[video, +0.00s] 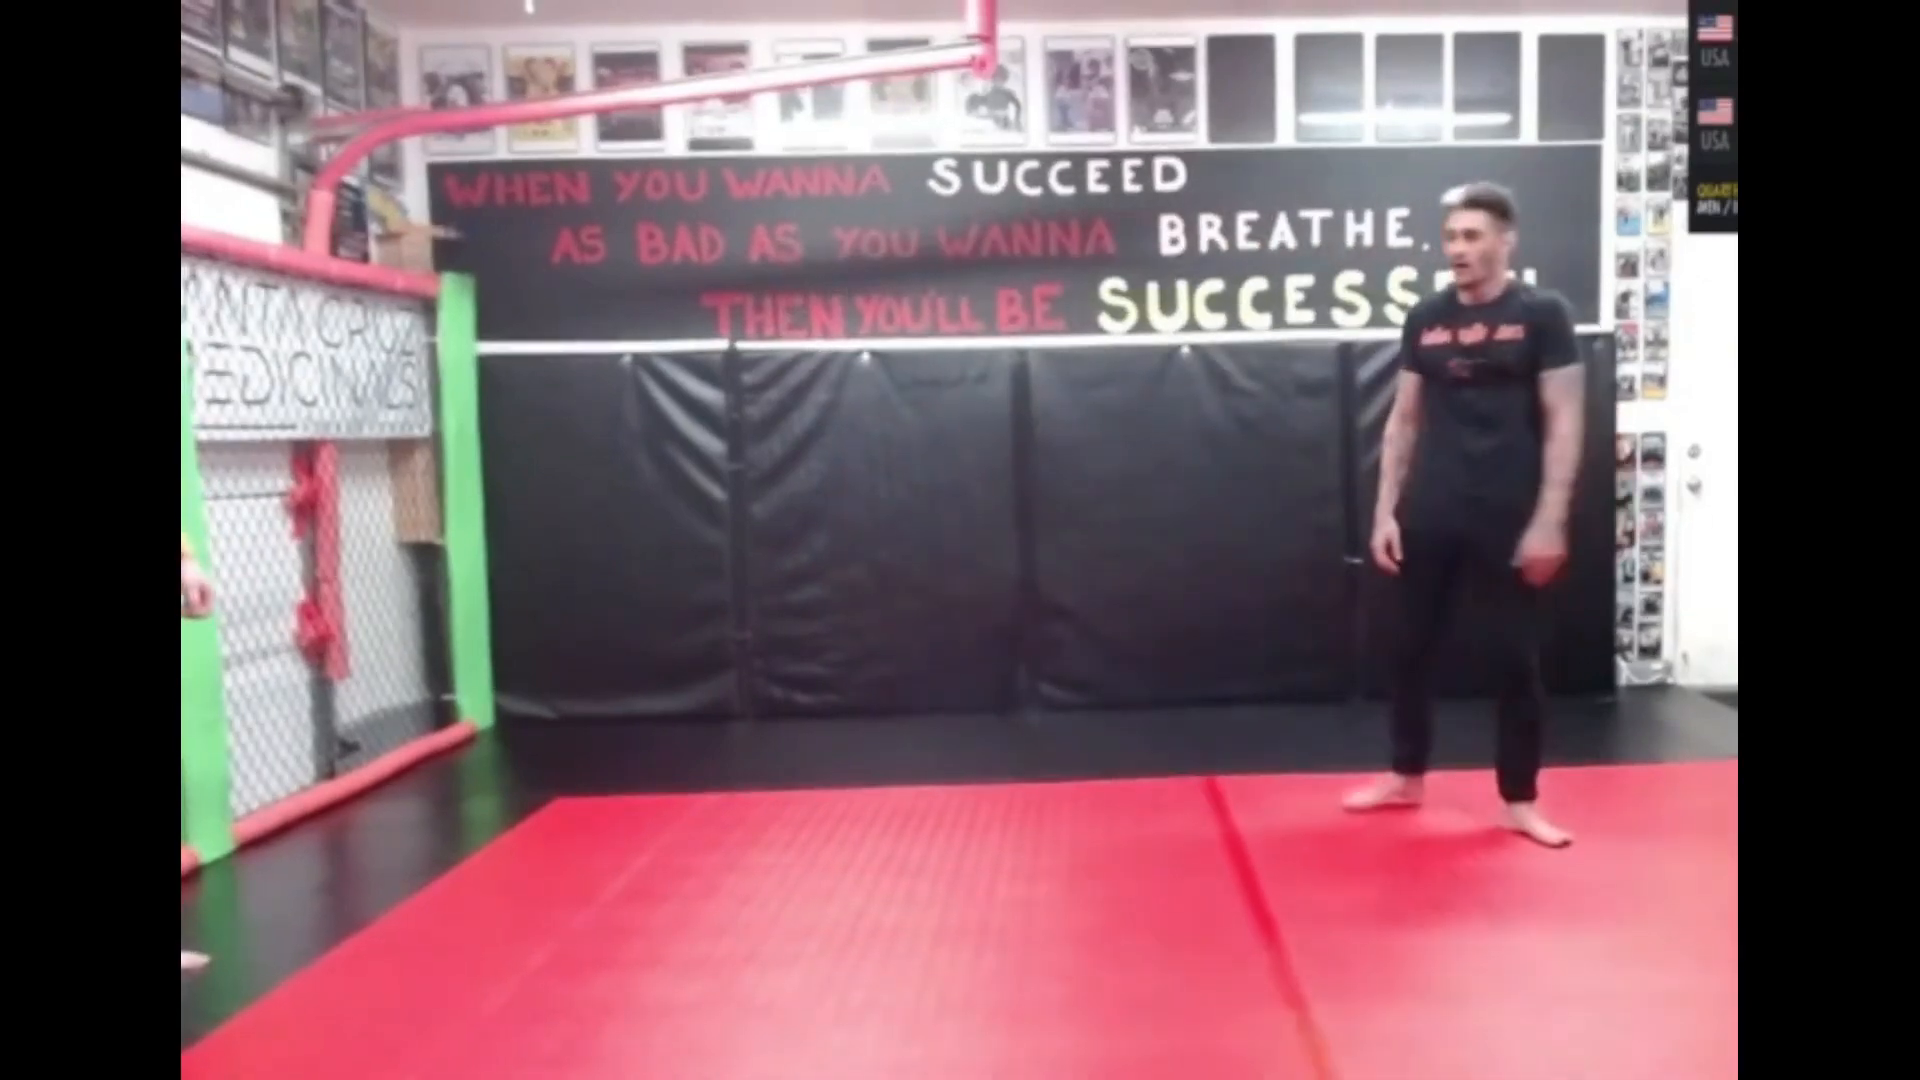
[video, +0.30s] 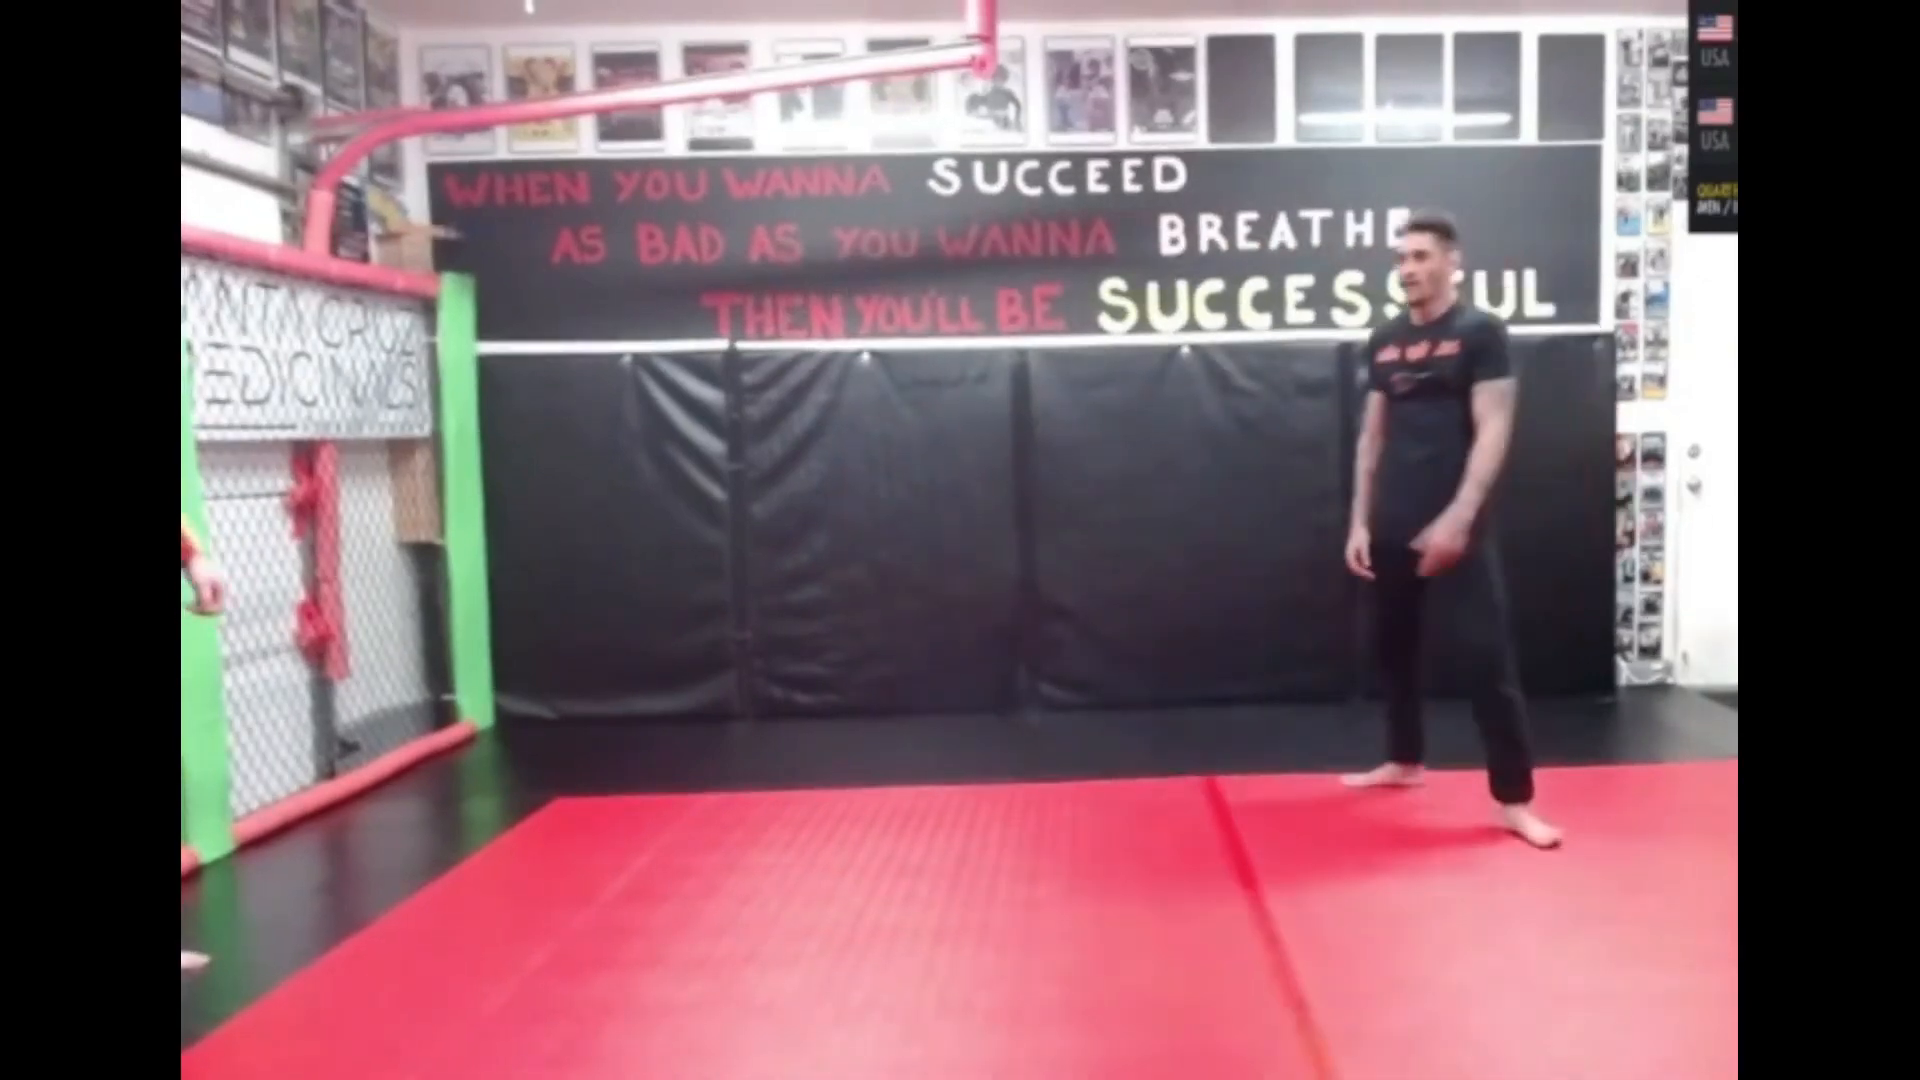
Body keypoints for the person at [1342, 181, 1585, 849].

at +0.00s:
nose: (1459, 248)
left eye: (1472, 236)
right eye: (1450, 237)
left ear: (1507, 241)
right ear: (1443, 245)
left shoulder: (1542, 317)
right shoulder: (1425, 320)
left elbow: (1564, 425)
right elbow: (1403, 420)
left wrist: (1549, 521)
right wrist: (1385, 510)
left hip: (1513, 514)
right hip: (1434, 509)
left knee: (1518, 656)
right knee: (1412, 643)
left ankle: (1520, 799)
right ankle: (1404, 775)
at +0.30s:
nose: (1408, 268)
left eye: (1421, 256)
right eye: (1402, 258)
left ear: (1454, 263)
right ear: (1397, 268)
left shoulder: (1481, 334)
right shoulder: (1386, 343)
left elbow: (1492, 433)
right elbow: (1371, 437)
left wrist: (1457, 518)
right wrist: (1360, 522)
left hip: (1460, 518)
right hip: (1391, 521)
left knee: (1488, 654)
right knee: (1395, 645)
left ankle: (1514, 797)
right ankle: (1404, 759)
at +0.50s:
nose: (1364, 270)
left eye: (1376, 259)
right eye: (1357, 261)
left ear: (1403, 263)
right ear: (1350, 270)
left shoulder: (1425, 325)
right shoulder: (1345, 344)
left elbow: (1440, 398)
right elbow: (1334, 434)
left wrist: (1418, 445)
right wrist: (1308, 516)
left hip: (1411, 494)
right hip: (1360, 499)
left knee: (1391, 626)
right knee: (1371, 626)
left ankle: (1406, 777)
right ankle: (1396, 759)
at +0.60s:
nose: (1355, 270)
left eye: (1367, 259)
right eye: (1348, 261)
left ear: (1394, 265)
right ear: (1342, 271)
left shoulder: (1416, 322)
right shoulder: (1340, 344)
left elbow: (1430, 387)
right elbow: (1327, 437)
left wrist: (1421, 434)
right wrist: (1300, 518)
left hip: (1406, 490)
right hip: (1355, 494)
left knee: (1377, 626)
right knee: (1375, 626)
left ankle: (1375, 779)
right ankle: (1404, 759)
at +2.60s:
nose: (1129, 269)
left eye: (1140, 257)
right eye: (1118, 258)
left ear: (1159, 260)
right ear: (1101, 264)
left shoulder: (1180, 320)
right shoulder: (1096, 341)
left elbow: (1202, 377)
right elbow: (1081, 434)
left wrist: (1178, 398)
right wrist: (1048, 514)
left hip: (1171, 507)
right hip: (1109, 508)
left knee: (1171, 655)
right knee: (1120, 648)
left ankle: (1187, 810)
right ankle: (1143, 774)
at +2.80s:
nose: (1133, 267)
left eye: (1144, 255)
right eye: (1122, 256)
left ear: (1166, 258)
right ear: (1105, 260)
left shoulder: (1188, 315)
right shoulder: (1103, 328)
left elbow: (1210, 370)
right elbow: (1088, 415)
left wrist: (1153, 322)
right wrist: (1054, 496)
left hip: (1179, 509)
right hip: (1123, 508)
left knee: (1176, 657)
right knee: (1121, 647)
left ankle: (1188, 813)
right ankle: (1142, 770)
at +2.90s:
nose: (1134, 269)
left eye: (1146, 257)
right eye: (1122, 259)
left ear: (1167, 259)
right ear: (1106, 262)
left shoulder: (1189, 316)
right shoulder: (1107, 328)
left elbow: (1213, 369)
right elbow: (1090, 415)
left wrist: (1155, 310)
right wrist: (1058, 493)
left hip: (1185, 507)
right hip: (1129, 505)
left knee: (1181, 658)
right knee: (1121, 645)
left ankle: (1188, 814)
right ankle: (1140, 767)